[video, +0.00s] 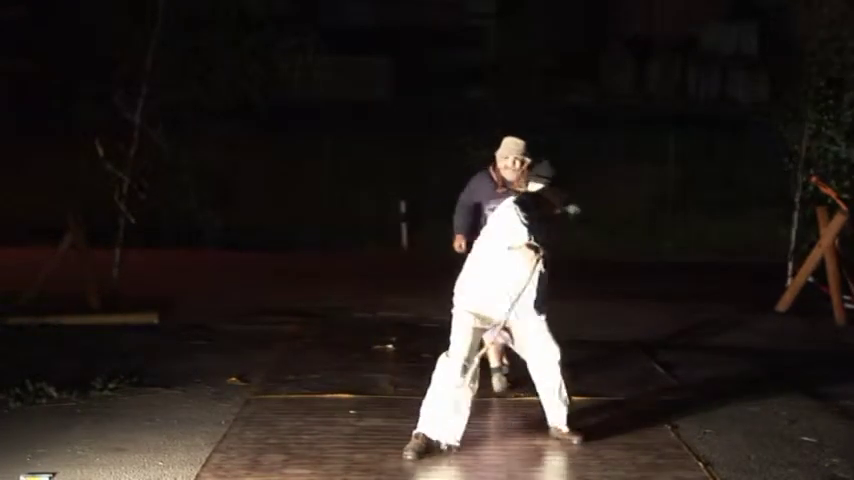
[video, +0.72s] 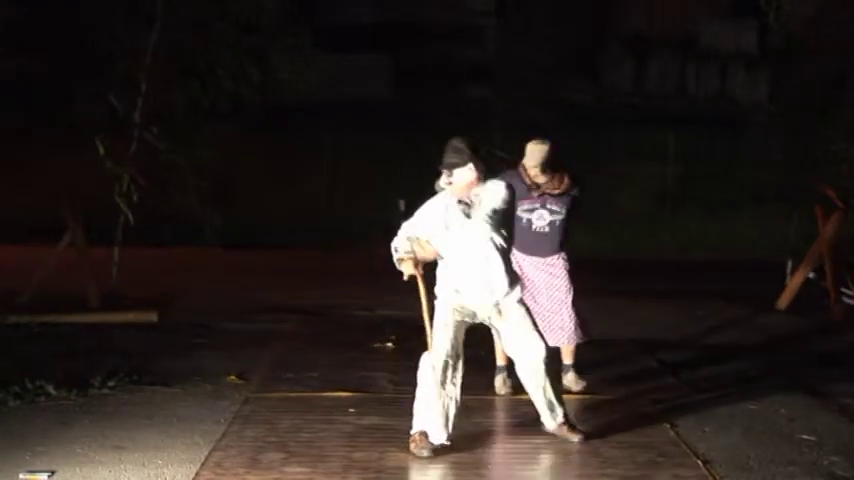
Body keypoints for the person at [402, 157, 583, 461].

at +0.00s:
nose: (555, 199)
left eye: (554, 193)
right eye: (549, 192)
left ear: (541, 187)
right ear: (537, 187)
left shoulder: (543, 222)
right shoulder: (514, 209)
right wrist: (531, 246)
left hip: (518, 308)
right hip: (475, 304)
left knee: (547, 357)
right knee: (457, 362)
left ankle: (558, 425)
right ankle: (426, 433)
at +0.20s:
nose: (516, 172)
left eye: (520, 166)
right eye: (509, 166)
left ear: (525, 176)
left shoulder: (525, 219)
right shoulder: (497, 210)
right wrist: (538, 219)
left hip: (510, 305)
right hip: (470, 301)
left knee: (542, 356)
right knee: (457, 358)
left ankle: (549, 421)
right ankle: (426, 431)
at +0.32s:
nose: (524, 196)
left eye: (528, 192)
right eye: (519, 191)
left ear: (534, 190)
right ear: (504, 186)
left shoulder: (538, 216)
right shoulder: (489, 209)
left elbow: (569, 225)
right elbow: (462, 235)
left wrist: (602, 227)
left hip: (516, 304)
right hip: (474, 299)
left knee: (553, 356)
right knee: (458, 360)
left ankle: (551, 422)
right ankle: (425, 431)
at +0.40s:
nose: (525, 217)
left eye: (530, 210)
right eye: (520, 209)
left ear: (533, 207)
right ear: (503, 202)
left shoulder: (541, 234)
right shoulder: (482, 227)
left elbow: (580, 252)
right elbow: (445, 258)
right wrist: (462, 288)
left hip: (521, 312)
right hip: (476, 309)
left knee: (558, 360)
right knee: (456, 365)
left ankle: (557, 424)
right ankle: (428, 432)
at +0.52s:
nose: (506, 200)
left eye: (507, 194)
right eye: (499, 195)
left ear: (509, 196)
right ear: (481, 199)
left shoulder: (529, 225)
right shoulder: (469, 229)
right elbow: (429, 265)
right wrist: (439, 292)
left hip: (523, 314)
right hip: (472, 313)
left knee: (557, 362)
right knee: (452, 366)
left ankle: (560, 423)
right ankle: (428, 434)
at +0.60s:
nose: (491, 194)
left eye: (491, 187)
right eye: (483, 190)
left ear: (496, 187)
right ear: (468, 195)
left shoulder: (518, 214)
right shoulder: (460, 222)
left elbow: (527, 261)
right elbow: (417, 254)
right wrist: (421, 278)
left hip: (509, 304)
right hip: (466, 306)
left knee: (549, 356)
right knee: (447, 362)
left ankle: (559, 423)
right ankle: (426, 432)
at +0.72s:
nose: (473, 174)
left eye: (467, 168)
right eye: (464, 169)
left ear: (474, 170)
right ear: (451, 175)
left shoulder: (496, 191)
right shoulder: (437, 207)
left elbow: (494, 200)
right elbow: (404, 236)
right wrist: (406, 256)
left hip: (500, 295)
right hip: (454, 298)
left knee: (532, 352)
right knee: (440, 358)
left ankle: (555, 421)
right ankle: (424, 431)